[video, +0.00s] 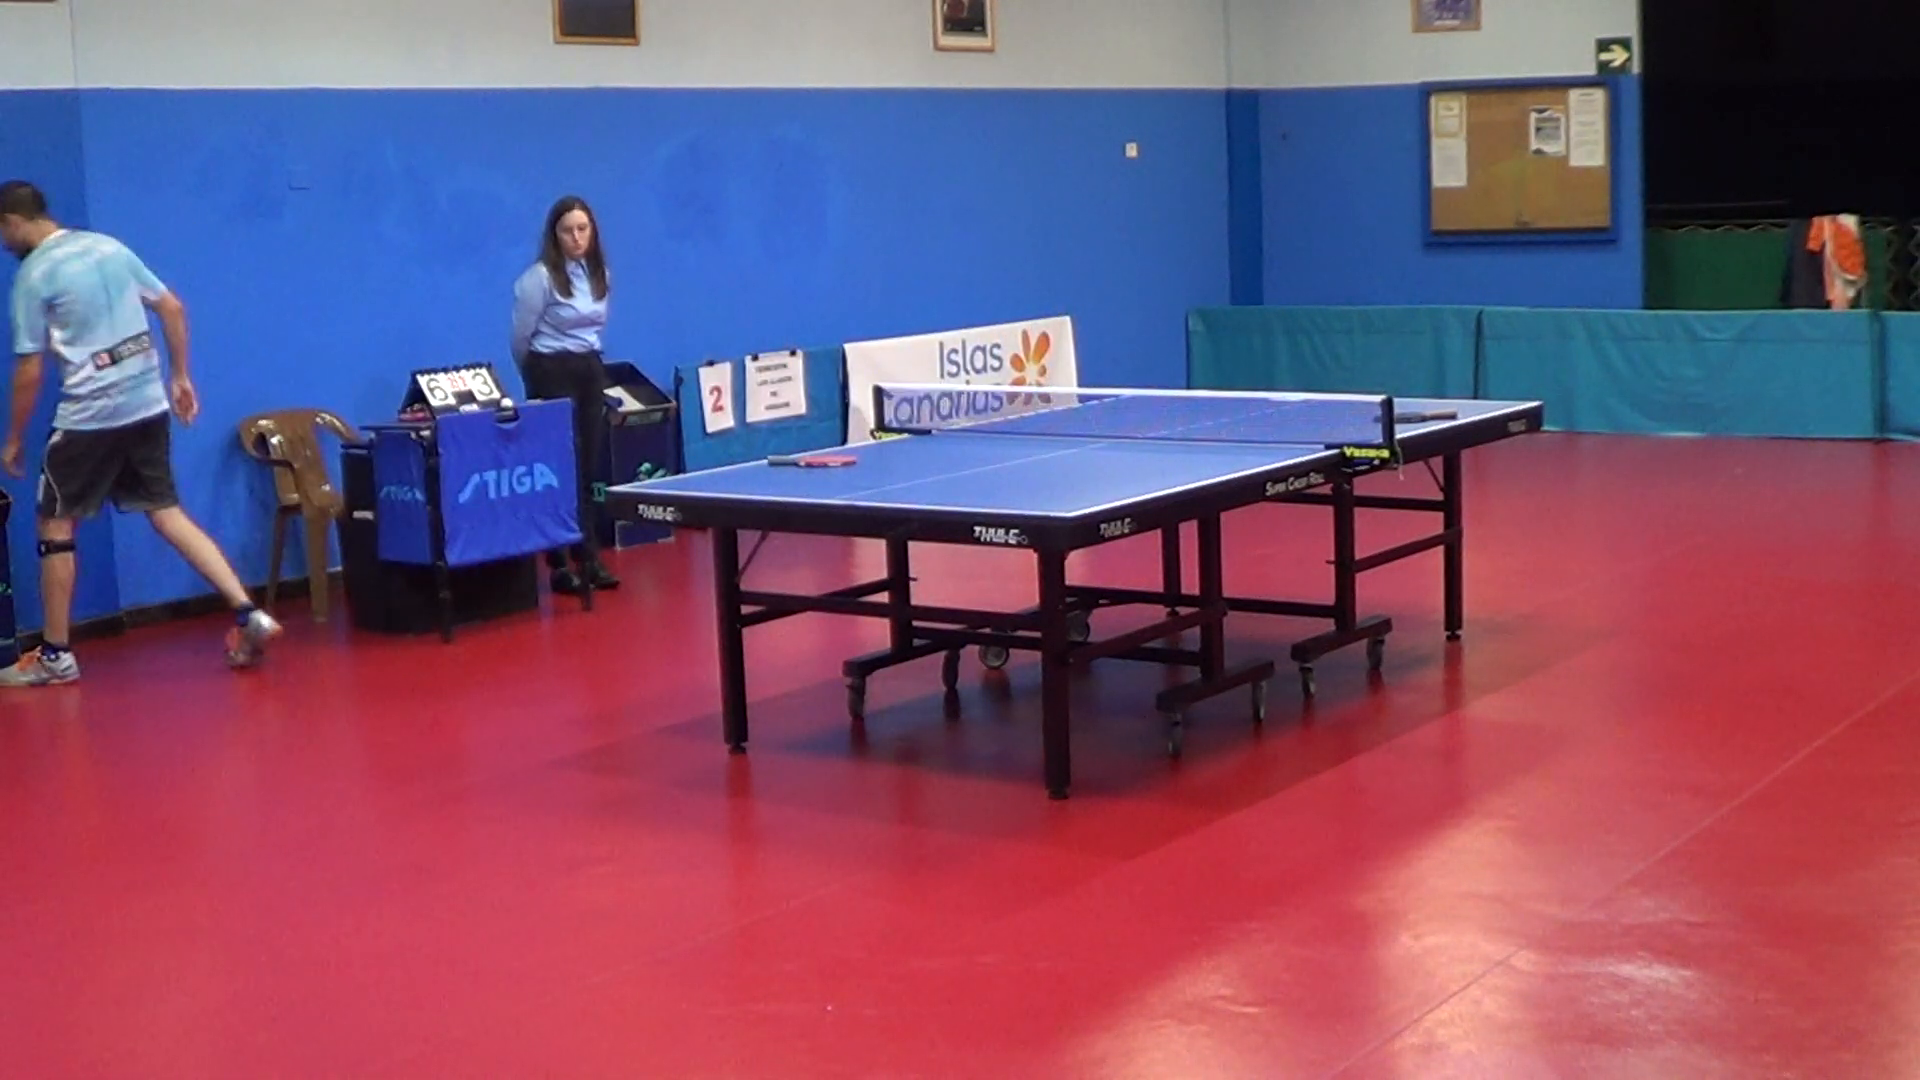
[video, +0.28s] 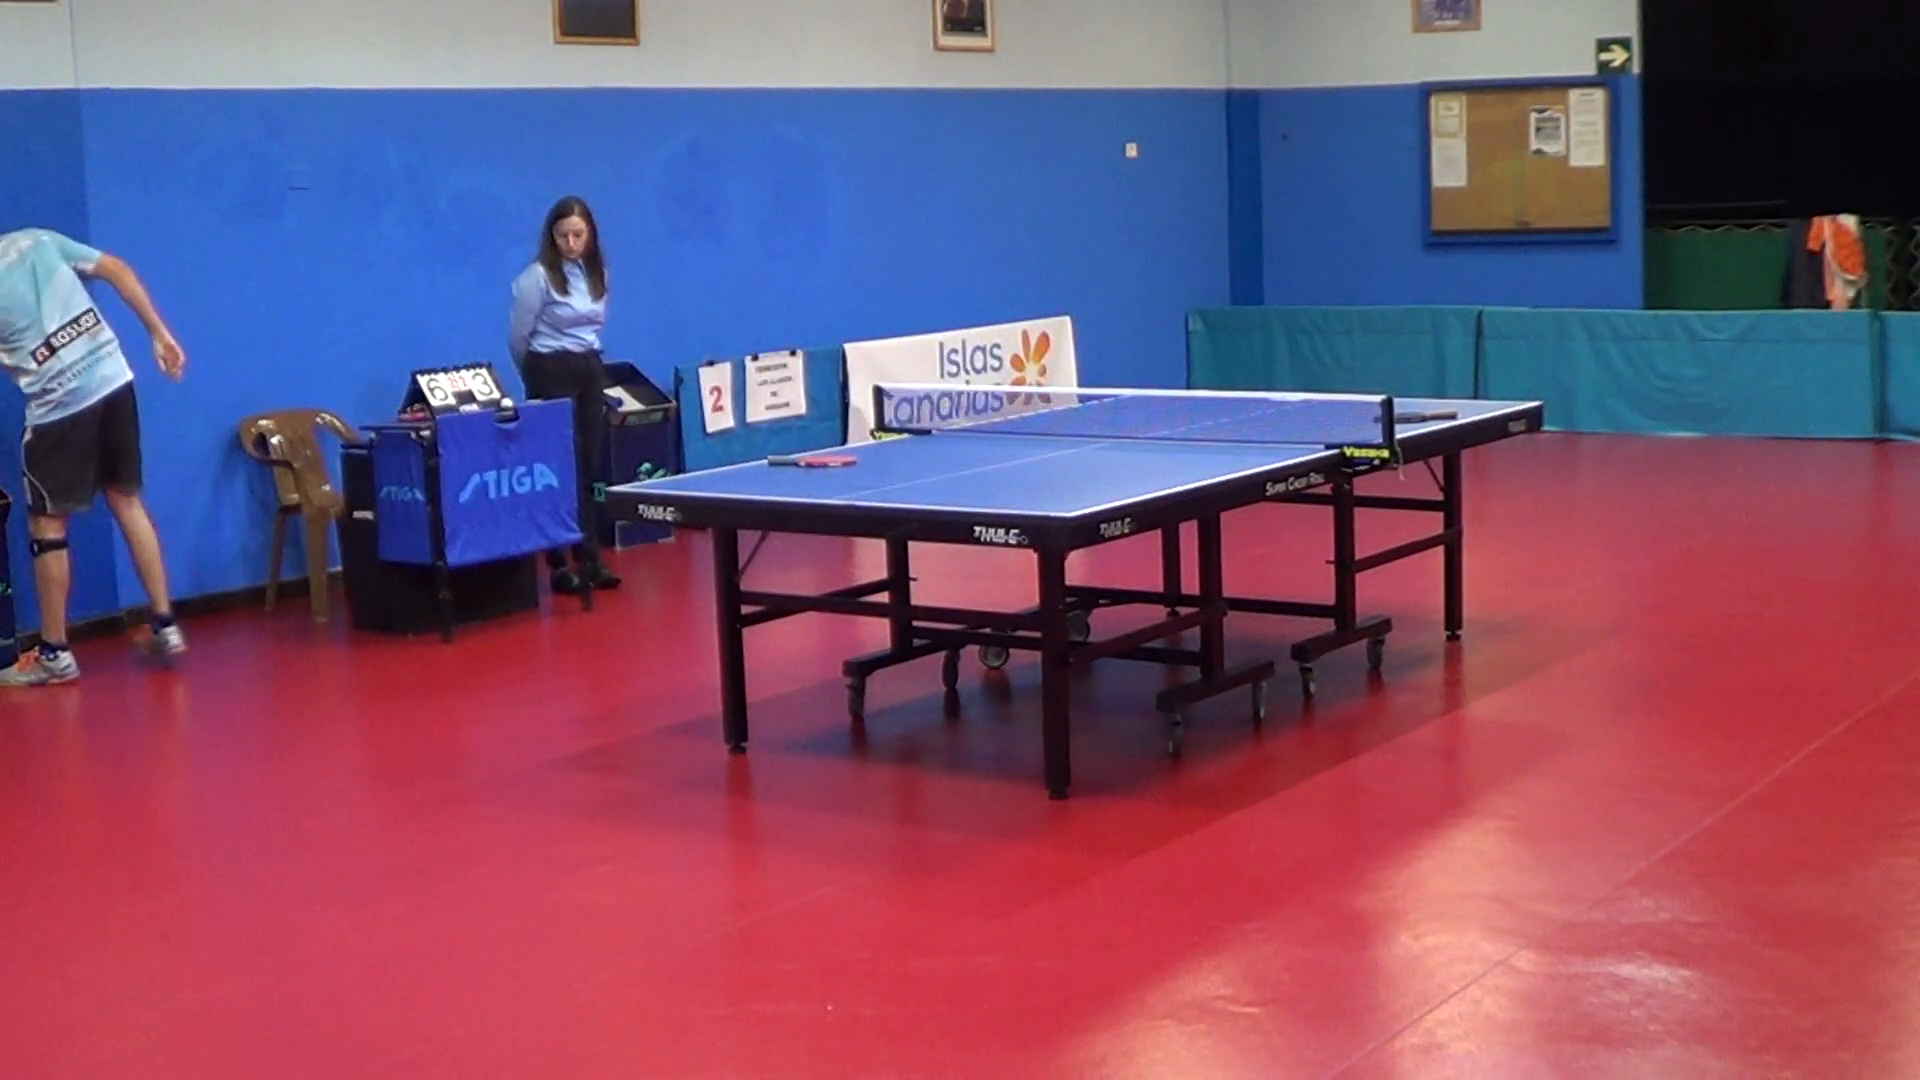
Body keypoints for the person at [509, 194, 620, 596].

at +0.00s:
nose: (577, 236)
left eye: (583, 228)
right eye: (569, 230)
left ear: (593, 232)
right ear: (555, 235)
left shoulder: (599, 273)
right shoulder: (538, 278)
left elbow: (598, 324)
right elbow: (520, 333)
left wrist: (580, 354)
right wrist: (528, 366)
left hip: (590, 367)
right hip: (550, 369)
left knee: (589, 462)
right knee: (558, 464)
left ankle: (590, 556)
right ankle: (560, 564)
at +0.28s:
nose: (572, 241)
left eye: (579, 234)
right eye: (565, 234)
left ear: (591, 237)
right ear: (553, 236)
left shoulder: (596, 274)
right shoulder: (535, 278)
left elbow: (596, 324)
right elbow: (518, 334)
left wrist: (577, 354)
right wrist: (530, 368)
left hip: (590, 366)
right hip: (549, 369)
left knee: (589, 462)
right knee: (557, 464)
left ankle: (591, 556)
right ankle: (560, 564)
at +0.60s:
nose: (569, 243)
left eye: (576, 235)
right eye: (561, 235)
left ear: (587, 236)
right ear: (549, 237)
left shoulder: (595, 272)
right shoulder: (532, 279)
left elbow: (595, 322)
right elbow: (516, 335)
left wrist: (576, 354)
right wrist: (529, 368)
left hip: (589, 366)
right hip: (549, 369)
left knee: (587, 463)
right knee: (556, 464)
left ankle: (589, 557)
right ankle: (561, 564)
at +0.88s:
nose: (568, 241)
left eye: (574, 233)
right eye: (560, 234)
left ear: (586, 235)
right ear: (548, 237)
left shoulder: (594, 272)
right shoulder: (531, 279)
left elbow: (594, 322)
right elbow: (515, 335)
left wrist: (576, 353)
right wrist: (530, 369)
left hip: (589, 366)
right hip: (549, 368)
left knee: (587, 463)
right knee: (557, 464)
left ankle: (590, 558)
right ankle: (560, 564)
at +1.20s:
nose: (569, 236)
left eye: (576, 229)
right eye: (561, 229)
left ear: (587, 233)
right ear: (550, 234)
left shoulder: (593, 271)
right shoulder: (535, 277)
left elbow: (594, 321)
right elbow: (517, 334)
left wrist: (575, 354)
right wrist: (529, 370)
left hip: (588, 366)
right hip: (549, 369)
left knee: (587, 463)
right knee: (556, 465)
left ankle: (590, 559)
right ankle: (560, 565)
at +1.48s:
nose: (573, 234)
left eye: (579, 226)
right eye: (564, 228)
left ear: (590, 231)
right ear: (553, 234)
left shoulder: (592, 271)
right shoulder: (540, 277)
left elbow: (595, 322)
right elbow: (520, 333)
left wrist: (575, 353)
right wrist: (527, 366)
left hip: (588, 366)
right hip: (550, 368)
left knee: (587, 462)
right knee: (558, 464)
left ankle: (589, 558)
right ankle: (561, 564)